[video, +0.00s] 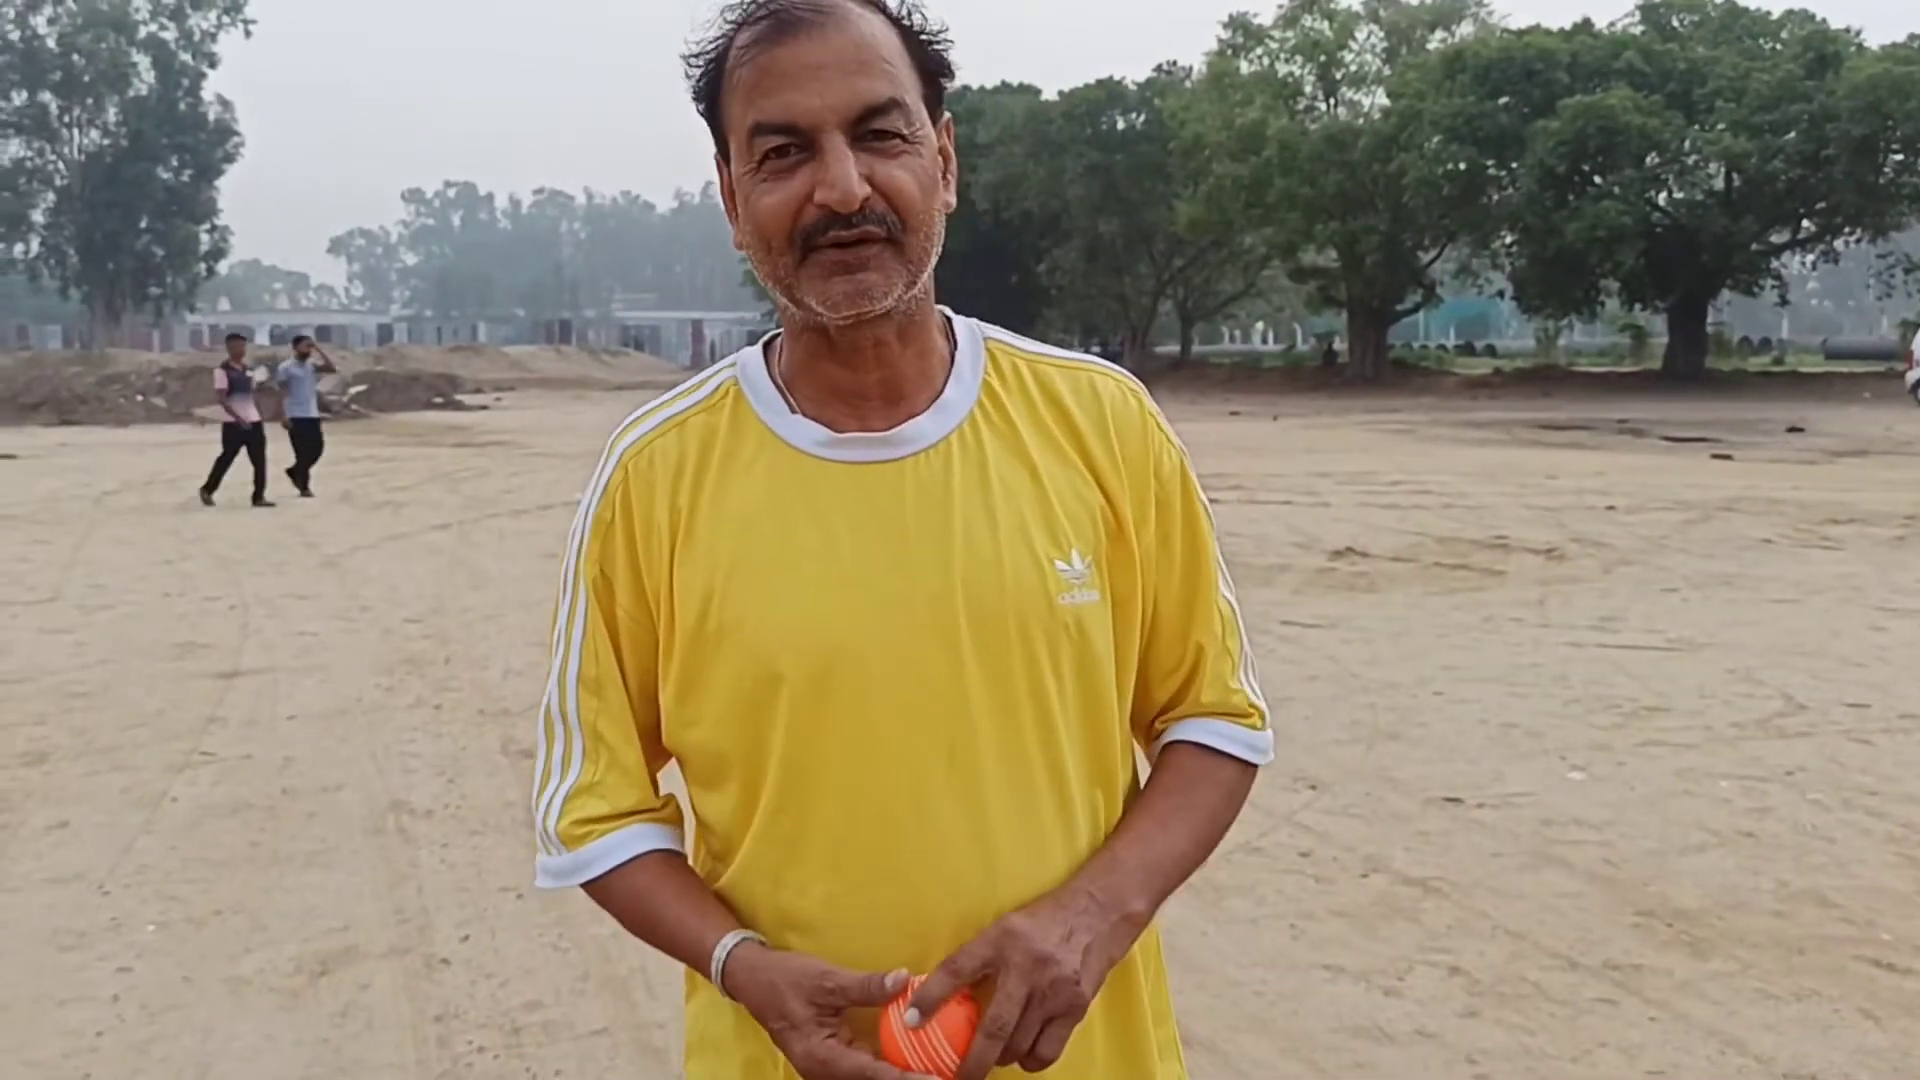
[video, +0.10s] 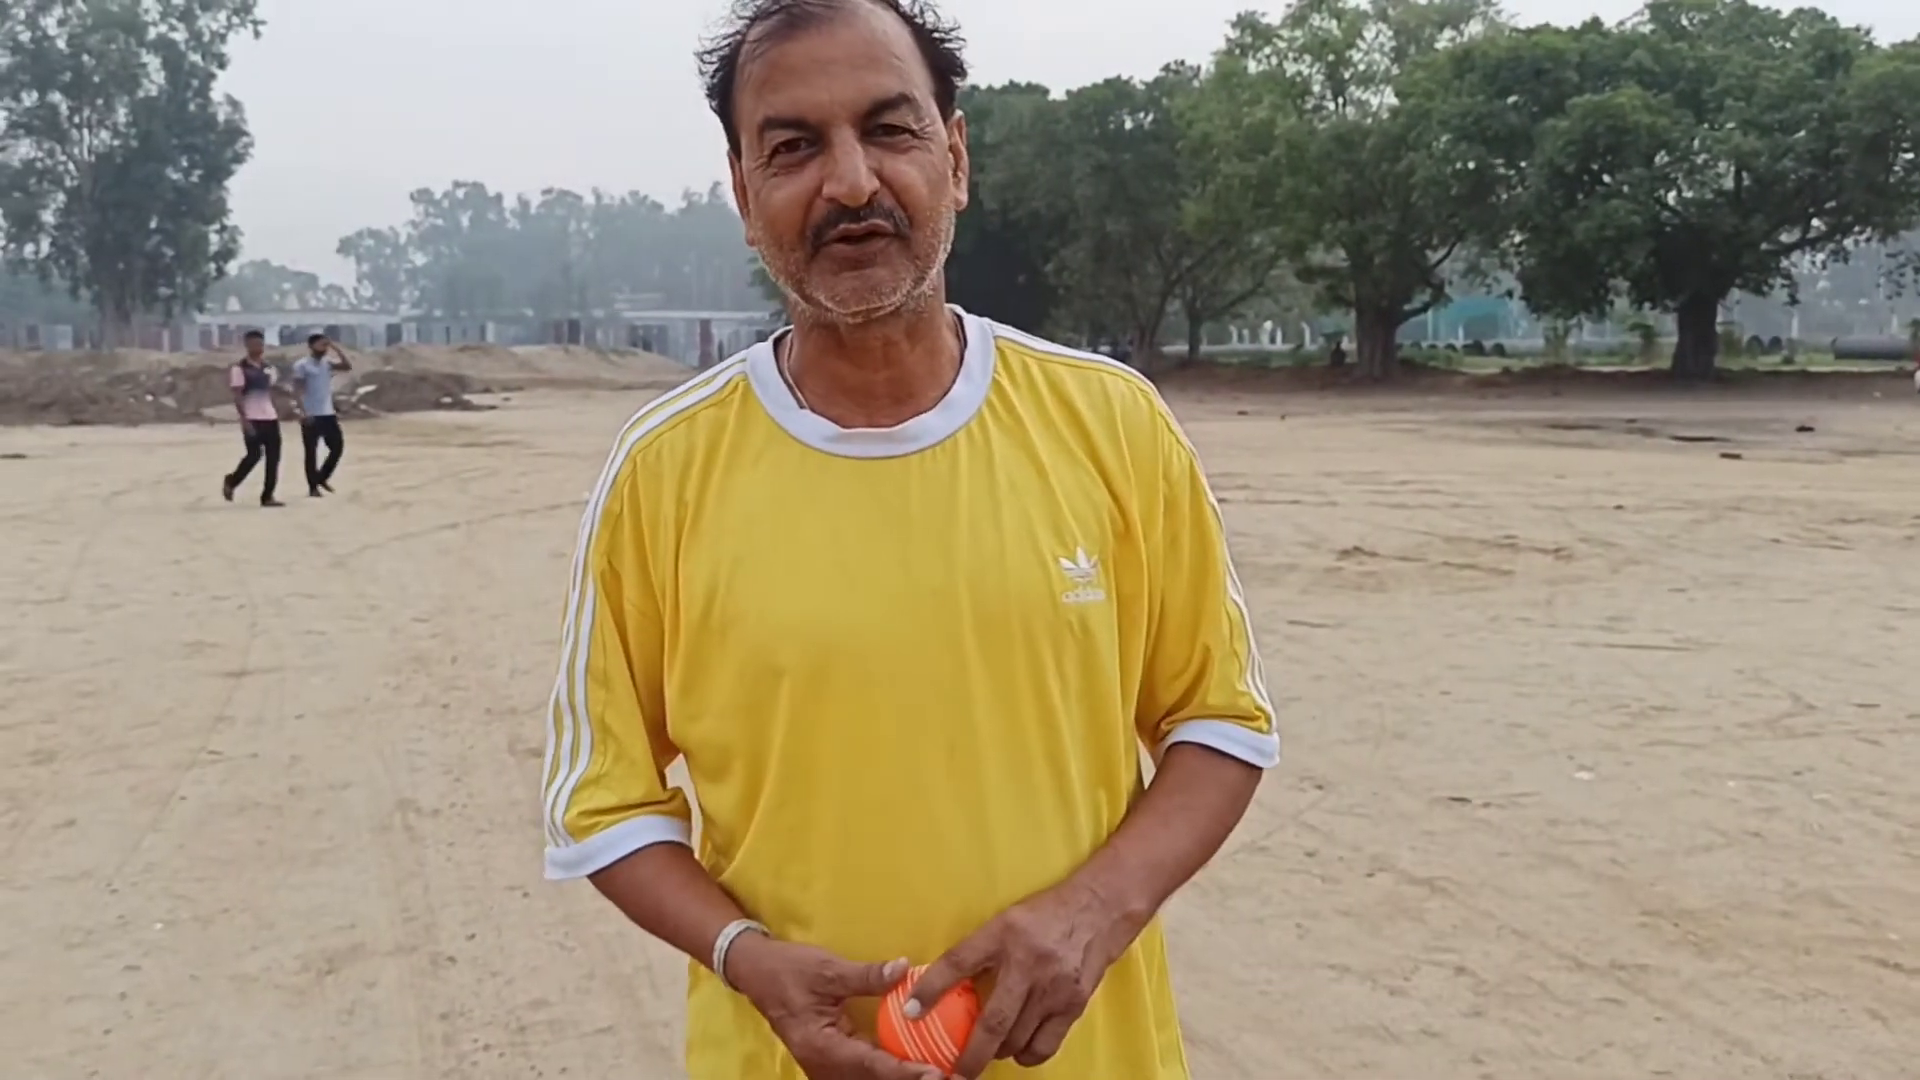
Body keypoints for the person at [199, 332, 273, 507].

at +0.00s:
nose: (241, 350)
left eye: (243, 346)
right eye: (237, 347)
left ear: (245, 348)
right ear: (229, 349)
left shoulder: (246, 370)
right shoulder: (222, 371)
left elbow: (250, 396)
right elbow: (222, 399)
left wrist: (258, 416)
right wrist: (239, 419)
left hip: (253, 422)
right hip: (234, 423)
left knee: (260, 462)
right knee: (227, 458)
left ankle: (258, 496)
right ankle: (207, 489)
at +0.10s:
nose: (258, 348)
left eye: (260, 344)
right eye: (254, 344)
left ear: (263, 345)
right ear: (247, 346)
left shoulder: (267, 368)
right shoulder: (239, 369)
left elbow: (270, 392)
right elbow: (237, 398)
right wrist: (245, 421)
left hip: (270, 417)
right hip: (251, 418)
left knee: (273, 457)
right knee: (255, 454)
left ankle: (267, 495)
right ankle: (232, 481)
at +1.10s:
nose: (430, 348)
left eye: (433, 344)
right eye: (427, 344)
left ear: (436, 345)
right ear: (420, 345)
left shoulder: (441, 368)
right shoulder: (415, 369)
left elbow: (445, 393)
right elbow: (415, 397)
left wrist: (450, 413)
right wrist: (435, 414)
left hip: (444, 420)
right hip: (425, 420)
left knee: (449, 460)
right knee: (417, 459)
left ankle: (452, 496)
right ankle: (407, 493)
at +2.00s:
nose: (440, 341)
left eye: (442, 336)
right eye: (436, 337)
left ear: (444, 338)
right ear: (427, 338)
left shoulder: (448, 361)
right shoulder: (420, 363)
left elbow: (454, 389)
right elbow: (422, 394)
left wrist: (462, 412)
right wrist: (437, 414)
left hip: (450, 416)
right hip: (430, 416)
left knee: (460, 453)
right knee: (428, 460)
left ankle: (447, 493)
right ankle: (428, 499)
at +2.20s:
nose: (422, 341)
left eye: (423, 337)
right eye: (418, 337)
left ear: (425, 338)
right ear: (408, 337)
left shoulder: (428, 361)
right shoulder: (401, 362)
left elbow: (430, 388)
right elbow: (403, 391)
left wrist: (437, 404)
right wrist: (427, 408)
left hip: (428, 418)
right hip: (408, 418)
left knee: (436, 462)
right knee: (399, 460)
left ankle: (445, 499)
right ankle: (388, 497)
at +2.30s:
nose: (411, 338)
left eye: (413, 334)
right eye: (407, 334)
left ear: (415, 335)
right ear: (398, 335)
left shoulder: (417, 359)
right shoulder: (390, 360)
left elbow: (418, 389)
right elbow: (389, 391)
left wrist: (427, 401)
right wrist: (411, 411)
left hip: (419, 417)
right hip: (399, 417)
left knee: (425, 461)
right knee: (389, 457)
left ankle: (425, 498)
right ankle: (367, 491)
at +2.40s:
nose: (405, 335)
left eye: (407, 331)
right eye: (401, 331)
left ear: (409, 332)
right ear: (392, 332)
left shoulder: (411, 356)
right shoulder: (383, 358)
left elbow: (411, 382)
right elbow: (381, 389)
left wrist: (418, 396)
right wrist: (389, 414)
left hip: (414, 412)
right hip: (396, 412)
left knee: (415, 458)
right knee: (393, 453)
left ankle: (408, 496)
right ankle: (364, 479)